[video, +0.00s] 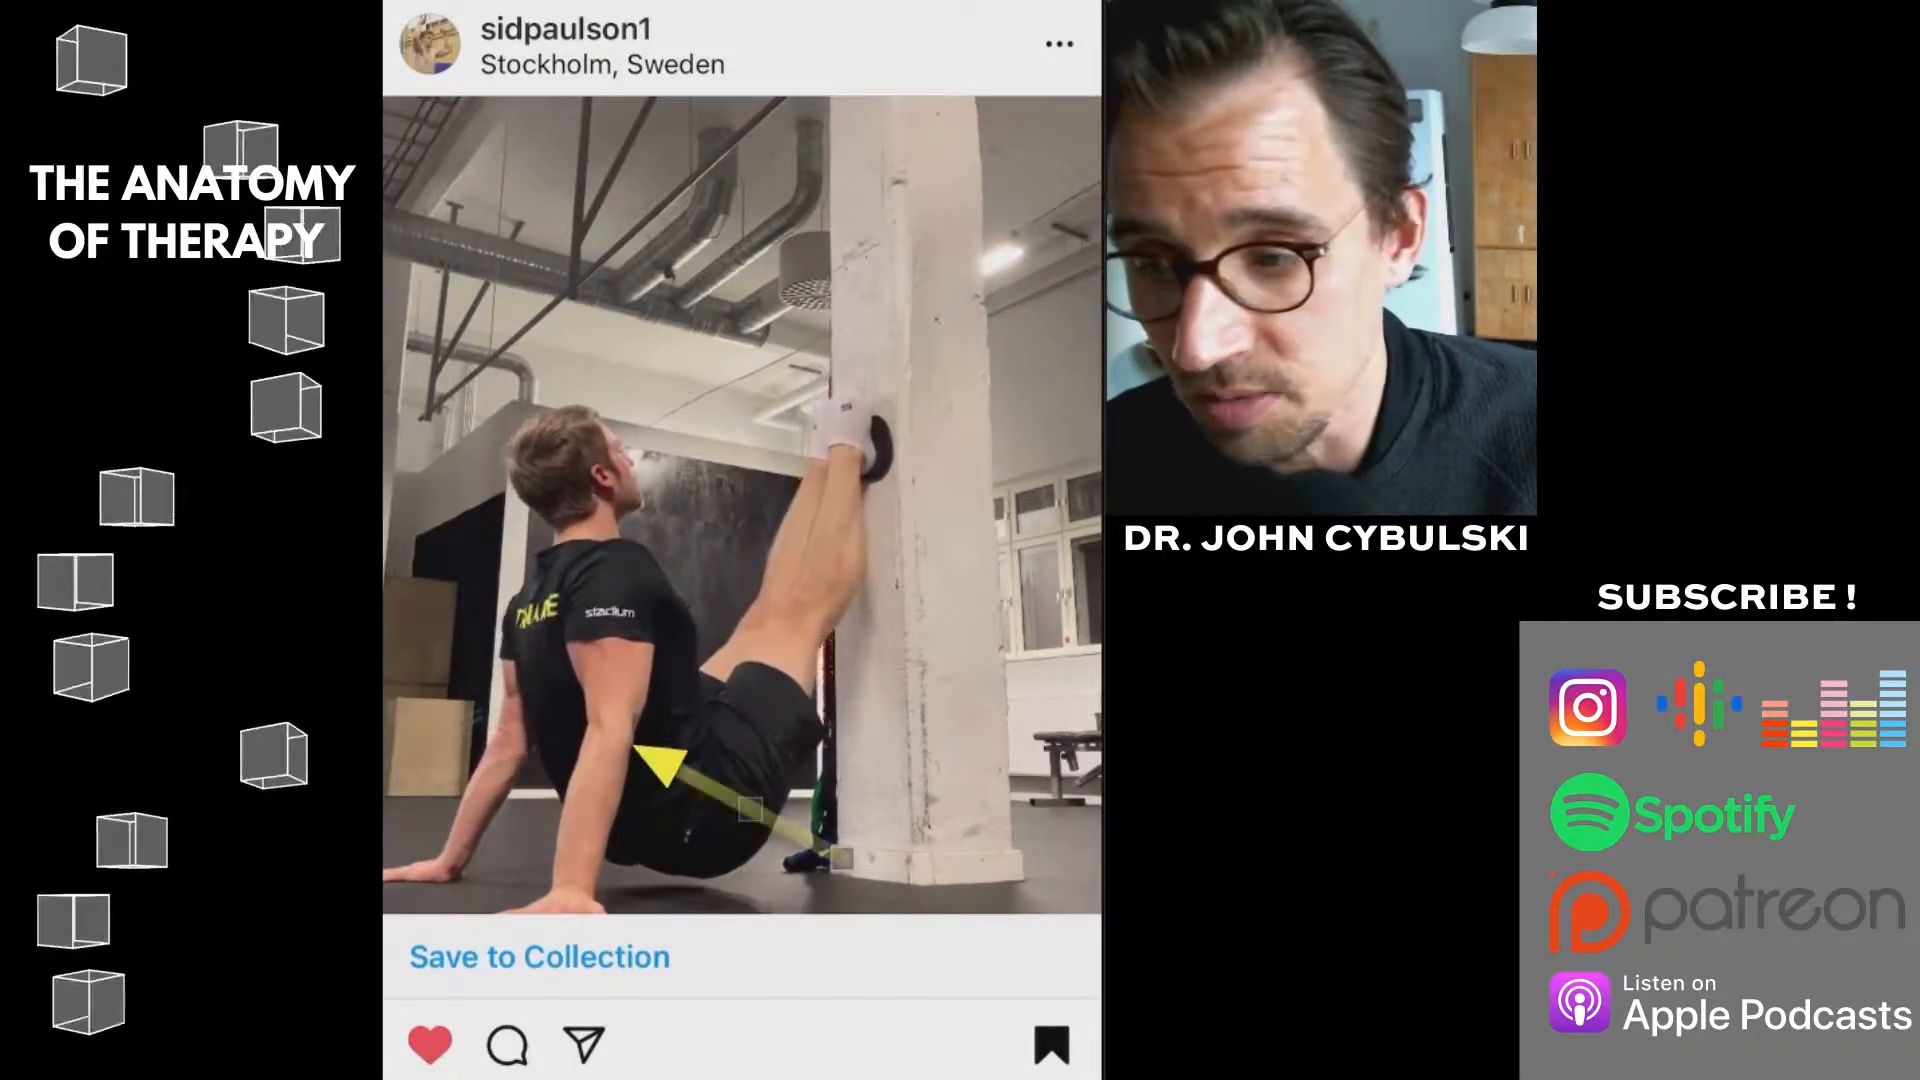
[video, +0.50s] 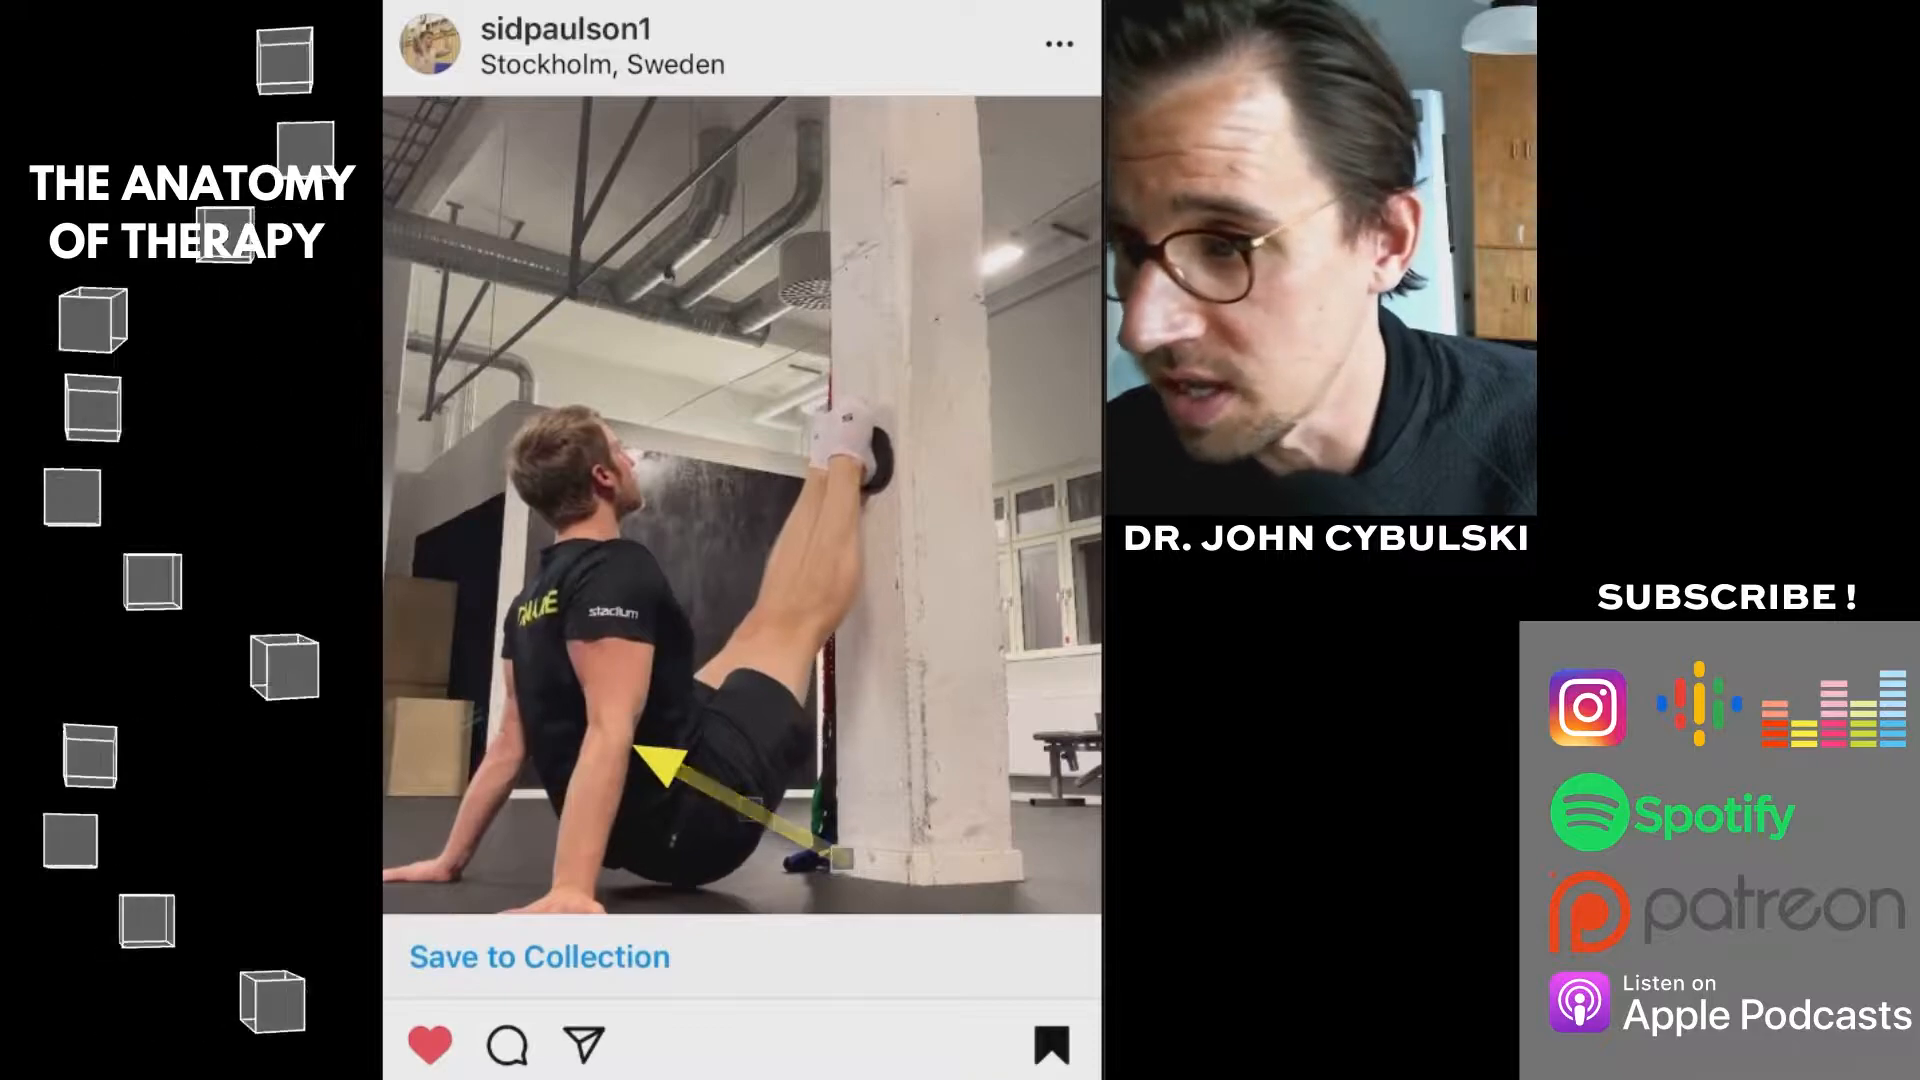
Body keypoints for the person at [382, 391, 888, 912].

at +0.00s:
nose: (632, 460)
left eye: (622, 448)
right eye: (622, 453)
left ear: (544, 499)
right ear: (604, 478)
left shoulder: (526, 600)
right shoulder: (616, 569)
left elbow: (508, 747)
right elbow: (607, 730)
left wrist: (450, 860)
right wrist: (572, 886)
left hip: (650, 829)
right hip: (708, 814)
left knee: (773, 609)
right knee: (805, 608)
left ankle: (825, 456)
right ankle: (846, 455)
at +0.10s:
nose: (632, 459)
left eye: (622, 448)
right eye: (621, 452)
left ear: (545, 498)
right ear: (604, 479)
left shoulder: (526, 602)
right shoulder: (615, 569)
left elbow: (507, 750)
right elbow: (607, 734)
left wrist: (450, 860)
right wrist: (571, 886)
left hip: (649, 830)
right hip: (703, 817)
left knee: (773, 611)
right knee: (804, 610)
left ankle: (825, 457)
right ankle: (846, 456)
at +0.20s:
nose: (632, 460)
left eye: (622, 449)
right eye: (622, 453)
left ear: (545, 499)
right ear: (605, 480)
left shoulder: (527, 603)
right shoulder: (616, 570)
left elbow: (507, 750)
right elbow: (607, 734)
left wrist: (449, 862)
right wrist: (571, 885)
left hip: (648, 830)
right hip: (699, 817)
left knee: (773, 612)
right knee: (804, 610)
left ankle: (826, 455)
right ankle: (846, 454)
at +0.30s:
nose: (632, 461)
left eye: (622, 449)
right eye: (622, 453)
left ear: (546, 498)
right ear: (605, 479)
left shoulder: (529, 601)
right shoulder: (616, 569)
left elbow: (508, 749)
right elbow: (607, 735)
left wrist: (450, 861)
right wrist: (571, 886)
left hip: (646, 831)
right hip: (697, 820)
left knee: (770, 615)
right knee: (804, 613)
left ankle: (824, 463)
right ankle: (845, 460)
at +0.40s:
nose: (632, 461)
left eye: (623, 449)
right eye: (623, 453)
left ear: (546, 499)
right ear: (605, 479)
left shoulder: (529, 602)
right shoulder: (616, 569)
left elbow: (509, 749)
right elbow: (607, 734)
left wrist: (450, 861)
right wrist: (571, 885)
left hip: (645, 835)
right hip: (694, 823)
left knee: (771, 617)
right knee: (802, 614)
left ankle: (827, 461)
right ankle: (845, 460)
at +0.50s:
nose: (632, 460)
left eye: (622, 449)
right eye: (622, 453)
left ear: (546, 497)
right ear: (605, 478)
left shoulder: (529, 601)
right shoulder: (616, 569)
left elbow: (508, 750)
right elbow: (607, 735)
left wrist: (449, 861)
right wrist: (572, 885)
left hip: (645, 836)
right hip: (693, 824)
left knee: (769, 617)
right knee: (804, 615)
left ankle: (825, 467)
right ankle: (846, 466)